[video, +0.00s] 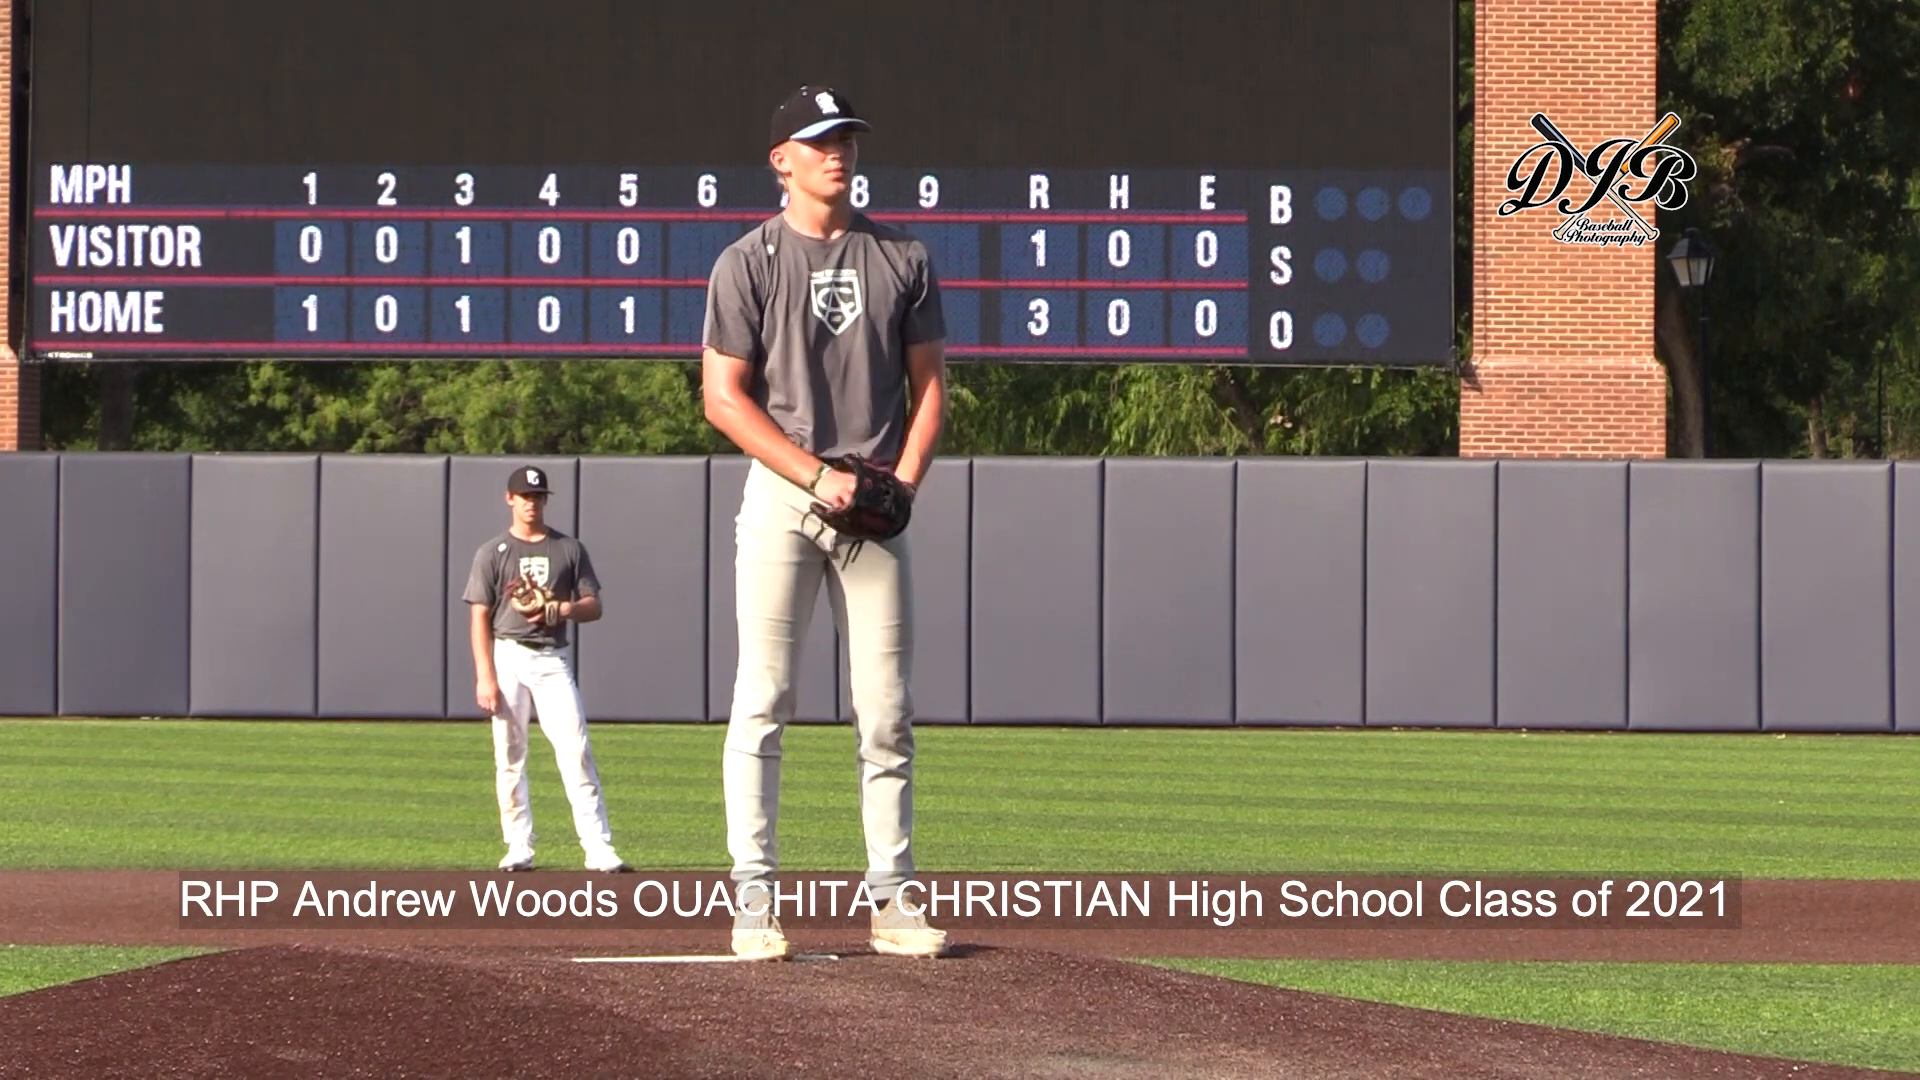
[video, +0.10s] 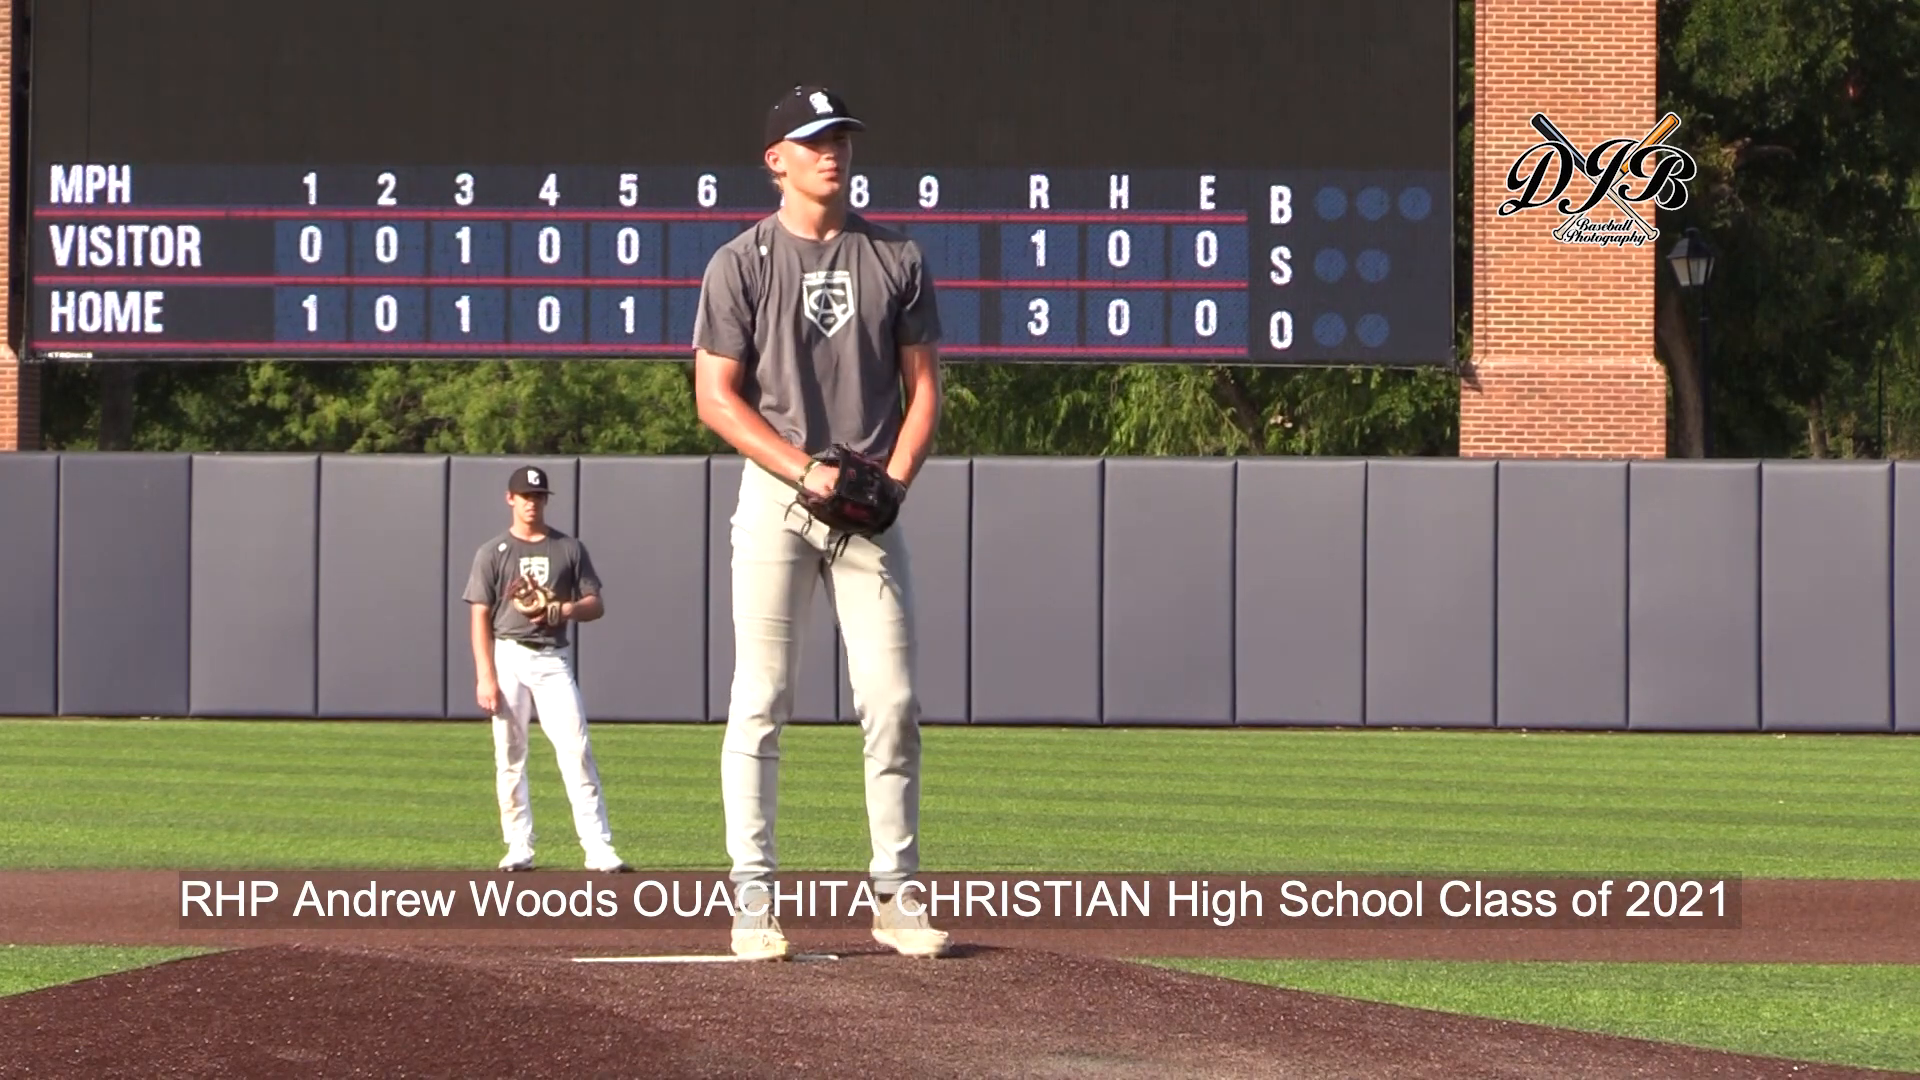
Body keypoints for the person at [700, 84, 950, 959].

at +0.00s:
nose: (839, 158)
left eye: (846, 144)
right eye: (821, 146)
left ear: (857, 157)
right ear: (782, 160)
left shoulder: (901, 259)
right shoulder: (745, 263)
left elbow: (931, 386)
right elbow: (721, 397)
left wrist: (901, 487)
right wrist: (816, 474)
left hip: (875, 502)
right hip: (778, 500)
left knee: (886, 710)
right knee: (764, 700)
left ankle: (892, 897)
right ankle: (754, 898)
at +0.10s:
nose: (832, 157)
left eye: (839, 143)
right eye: (814, 146)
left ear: (851, 156)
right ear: (777, 159)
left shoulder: (894, 259)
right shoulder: (740, 263)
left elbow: (925, 387)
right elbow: (713, 397)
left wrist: (893, 483)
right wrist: (805, 469)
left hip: (867, 503)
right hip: (772, 502)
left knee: (893, 702)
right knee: (762, 699)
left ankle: (896, 897)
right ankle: (752, 900)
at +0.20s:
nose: (829, 158)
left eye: (837, 144)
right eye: (811, 146)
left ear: (849, 156)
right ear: (773, 160)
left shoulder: (892, 260)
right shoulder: (734, 263)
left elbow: (921, 392)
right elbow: (707, 397)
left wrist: (884, 483)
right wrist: (795, 465)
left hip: (866, 501)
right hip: (769, 501)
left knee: (900, 693)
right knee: (761, 698)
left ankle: (906, 884)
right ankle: (752, 899)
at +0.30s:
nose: (830, 159)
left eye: (837, 145)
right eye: (812, 147)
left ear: (849, 157)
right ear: (775, 161)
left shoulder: (894, 261)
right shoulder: (733, 266)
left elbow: (923, 392)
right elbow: (708, 398)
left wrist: (882, 478)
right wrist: (794, 464)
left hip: (867, 503)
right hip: (769, 503)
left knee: (900, 697)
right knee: (761, 700)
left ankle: (929, 893)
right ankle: (753, 902)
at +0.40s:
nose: (835, 160)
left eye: (843, 146)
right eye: (817, 147)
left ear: (854, 157)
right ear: (780, 162)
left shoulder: (901, 260)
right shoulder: (740, 266)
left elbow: (931, 390)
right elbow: (715, 398)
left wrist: (885, 478)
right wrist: (792, 460)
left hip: (872, 504)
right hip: (776, 505)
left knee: (898, 703)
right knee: (763, 703)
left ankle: (958, 898)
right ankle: (754, 903)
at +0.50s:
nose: (845, 160)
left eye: (853, 146)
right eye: (826, 148)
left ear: (867, 158)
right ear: (791, 163)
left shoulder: (914, 258)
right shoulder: (752, 269)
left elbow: (944, 389)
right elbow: (729, 399)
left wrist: (889, 477)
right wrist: (797, 460)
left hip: (884, 507)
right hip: (785, 509)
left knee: (913, 709)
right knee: (769, 705)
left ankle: (964, 902)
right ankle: (755, 902)